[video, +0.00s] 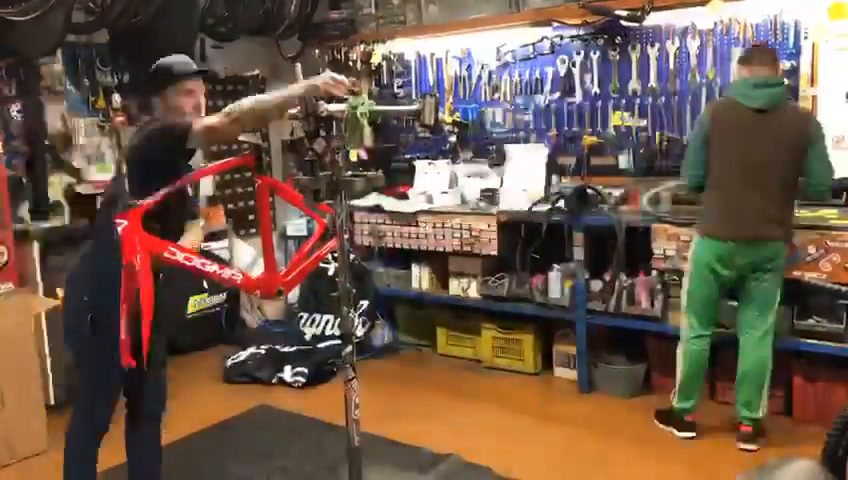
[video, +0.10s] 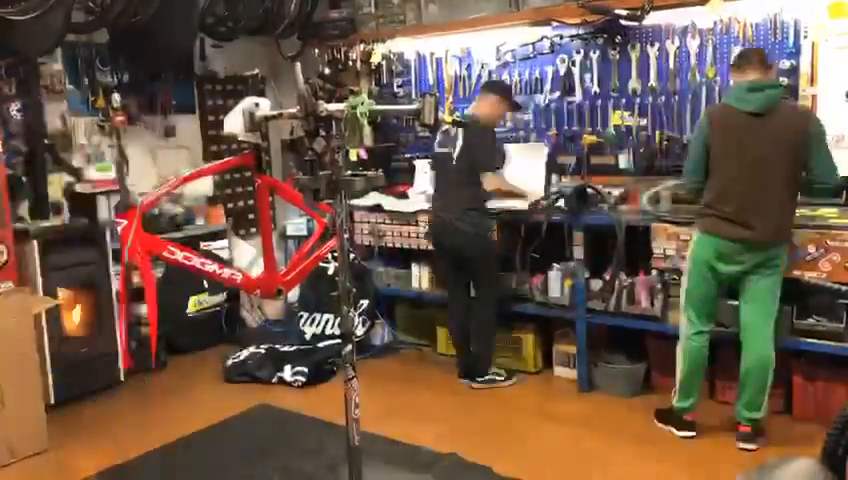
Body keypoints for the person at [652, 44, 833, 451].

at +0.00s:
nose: (739, 80)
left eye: (738, 73)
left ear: (740, 73)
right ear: (779, 74)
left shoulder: (716, 112)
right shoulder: (803, 121)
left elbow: (691, 179)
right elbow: (821, 186)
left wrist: (718, 179)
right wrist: (787, 180)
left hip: (717, 235)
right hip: (768, 238)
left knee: (697, 328)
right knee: (757, 331)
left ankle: (682, 413)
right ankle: (749, 425)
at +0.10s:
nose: (735, 85)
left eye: (735, 79)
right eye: (741, 78)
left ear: (734, 76)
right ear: (772, 73)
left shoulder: (715, 116)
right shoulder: (802, 120)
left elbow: (691, 182)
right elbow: (828, 183)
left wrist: (719, 178)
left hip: (717, 236)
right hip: (769, 239)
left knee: (695, 323)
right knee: (759, 332)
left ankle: (682, 413)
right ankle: (749, 426)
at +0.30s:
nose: (718, 91)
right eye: (716, 87)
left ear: (677, 88)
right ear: (711, 87)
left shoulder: (651, 124)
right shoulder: (730, 113)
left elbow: (642, 186)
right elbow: (752, 176)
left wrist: (666, 198)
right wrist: (736, 190)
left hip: (672, 231)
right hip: (721, 230)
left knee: (681, 322)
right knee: (730, 327)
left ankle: (687, 411)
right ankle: (736, 420)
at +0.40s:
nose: (716, 90)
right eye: (714, 85)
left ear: (677, 86)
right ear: (710, 85)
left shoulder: (651, 123)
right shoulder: (729, 113)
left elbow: (642, 185)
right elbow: (749, 177)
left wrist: (666, 197)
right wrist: (738, 191)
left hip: (673, 229)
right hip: (720, 228)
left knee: (681, 320)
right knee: (730, 325)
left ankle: (686, 410)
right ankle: (735, 418)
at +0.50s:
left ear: (678, 86)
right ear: (714, 83)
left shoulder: (660, 119)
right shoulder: (740, 113)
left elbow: (649, 184)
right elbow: (760, 176)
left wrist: (676, 193)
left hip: (683, 229)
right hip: (734, 228)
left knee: (686, 318)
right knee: (723, 322)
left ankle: (687, 407)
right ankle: (710, 412)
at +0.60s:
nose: (717, 94)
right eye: (716, 89)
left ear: (680, 87)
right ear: (713, 89)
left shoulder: (648, 124)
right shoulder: (728, 117)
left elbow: (633, 189)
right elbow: (747, 181)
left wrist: (669, 185)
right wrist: (735, 192)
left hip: (666, 233)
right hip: (713, 235)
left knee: (677, 318)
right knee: (729, 316)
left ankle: (684, 411)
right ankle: (708, 409)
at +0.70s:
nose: (719, 93)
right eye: (717, 88)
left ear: (684, 86)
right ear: (715, 89)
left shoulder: (652, 124)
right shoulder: (732, 117)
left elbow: (648, 185)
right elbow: (746, 180)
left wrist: (669, 201)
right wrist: (738, 190)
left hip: (666, 232)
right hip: (716, 234)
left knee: (677, 317)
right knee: (731, 317)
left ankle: (685, 410)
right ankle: (709, 409)